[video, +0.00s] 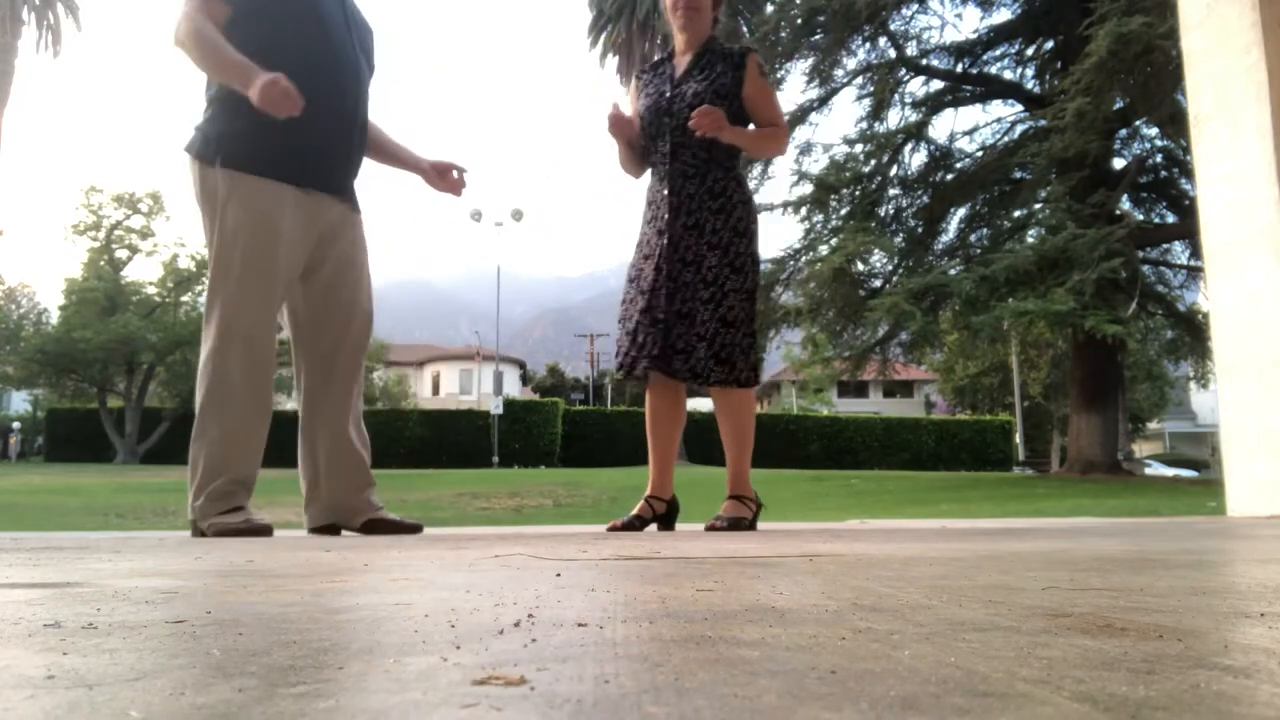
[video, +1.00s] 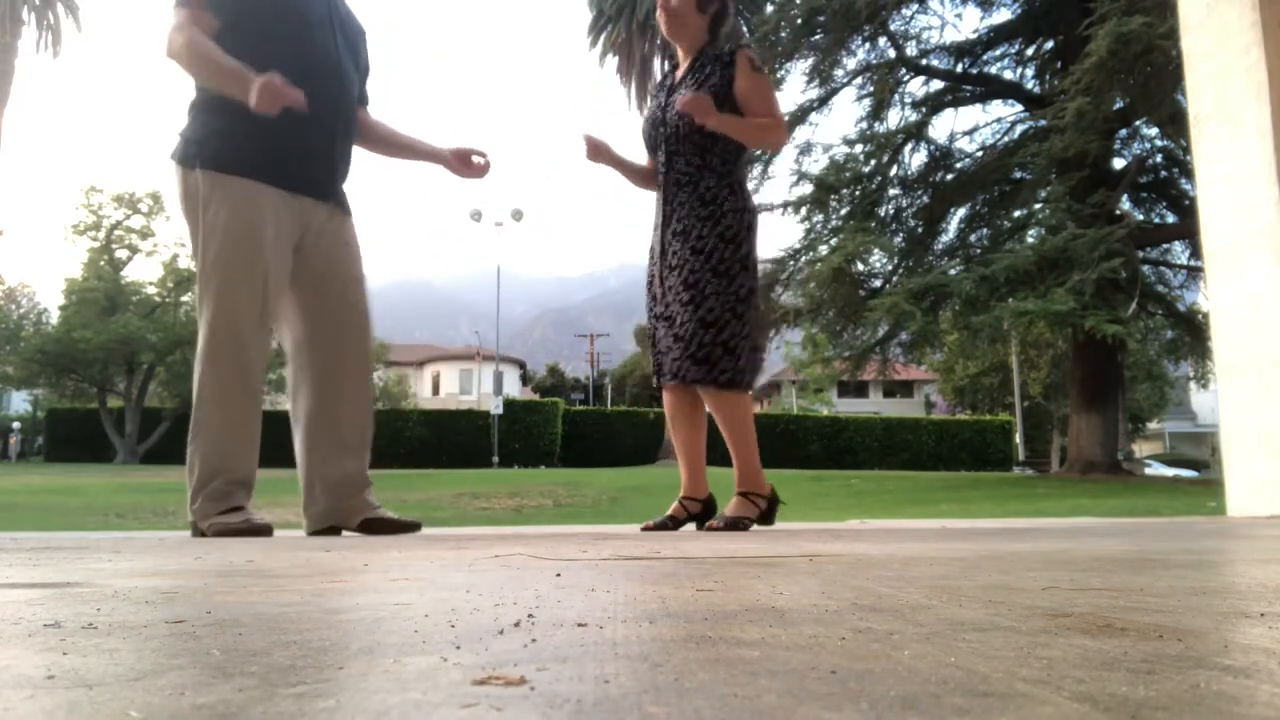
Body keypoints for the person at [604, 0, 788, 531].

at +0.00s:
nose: (681, 5)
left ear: (714, 6)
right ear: (663, 8)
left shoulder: (739, 63)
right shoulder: (648, 77)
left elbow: (777, 138)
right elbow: (637, 167)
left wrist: (730, 132)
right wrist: (626, 140)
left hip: (721, 220)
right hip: (664, 220)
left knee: (727, 354)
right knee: (662, 355)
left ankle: (741, 497)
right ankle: (658, 496)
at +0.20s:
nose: (690, 5)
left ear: (724, 7)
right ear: (673, 10)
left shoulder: (749, 65)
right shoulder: (664, 82)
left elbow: (790, 140)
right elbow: (658, 174)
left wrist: (740, 138)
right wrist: (643, 152)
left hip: (736, 227)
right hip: (679, 228)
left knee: (732, 353)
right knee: (659, 352)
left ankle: (741, 496)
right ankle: (659, 496)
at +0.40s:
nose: (692, 3)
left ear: (727, 6)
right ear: (674, 9)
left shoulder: (753, 60)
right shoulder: (669, 80)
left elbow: (790, 132)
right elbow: (669, 171)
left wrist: (736, 126)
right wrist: (639, 149)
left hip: (743, 221)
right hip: (687, 223)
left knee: (742, 350)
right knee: (662, 346)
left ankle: (742, 495)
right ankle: (669, 488)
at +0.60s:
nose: (685, 5)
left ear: (722, 10)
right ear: (668, 11)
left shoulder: (742, 65)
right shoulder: (662, 88)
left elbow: (779, 142)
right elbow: (655, 174)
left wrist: (728, 127)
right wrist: (619, 150)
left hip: (741, 225)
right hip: (687, 231)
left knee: (746, 352)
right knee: (664, 354)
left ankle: (742, 495)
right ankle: (692, 493)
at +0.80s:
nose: (673, 5)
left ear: (712, 6)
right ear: (658, 11)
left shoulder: (736, 60)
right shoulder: (659, 81)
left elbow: (775, 134)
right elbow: (645, 170)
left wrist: (724, 109)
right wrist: (606, 140)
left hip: (724, 221)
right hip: (674, 225)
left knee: (723, 353)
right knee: (672, 360)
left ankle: (745, 490)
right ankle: (694, 494)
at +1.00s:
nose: (661, 7)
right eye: (659, 1)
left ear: (705, 7)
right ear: (660, 14)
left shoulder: (736, 62)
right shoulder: (667, 84)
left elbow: (775, 133)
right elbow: (660, 178)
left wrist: (715, 119)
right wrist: (613, 159)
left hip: (718, 226)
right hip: (672, 227)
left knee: (713, 360)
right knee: (673, 362)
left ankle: (754, 490)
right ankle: (694, 495)